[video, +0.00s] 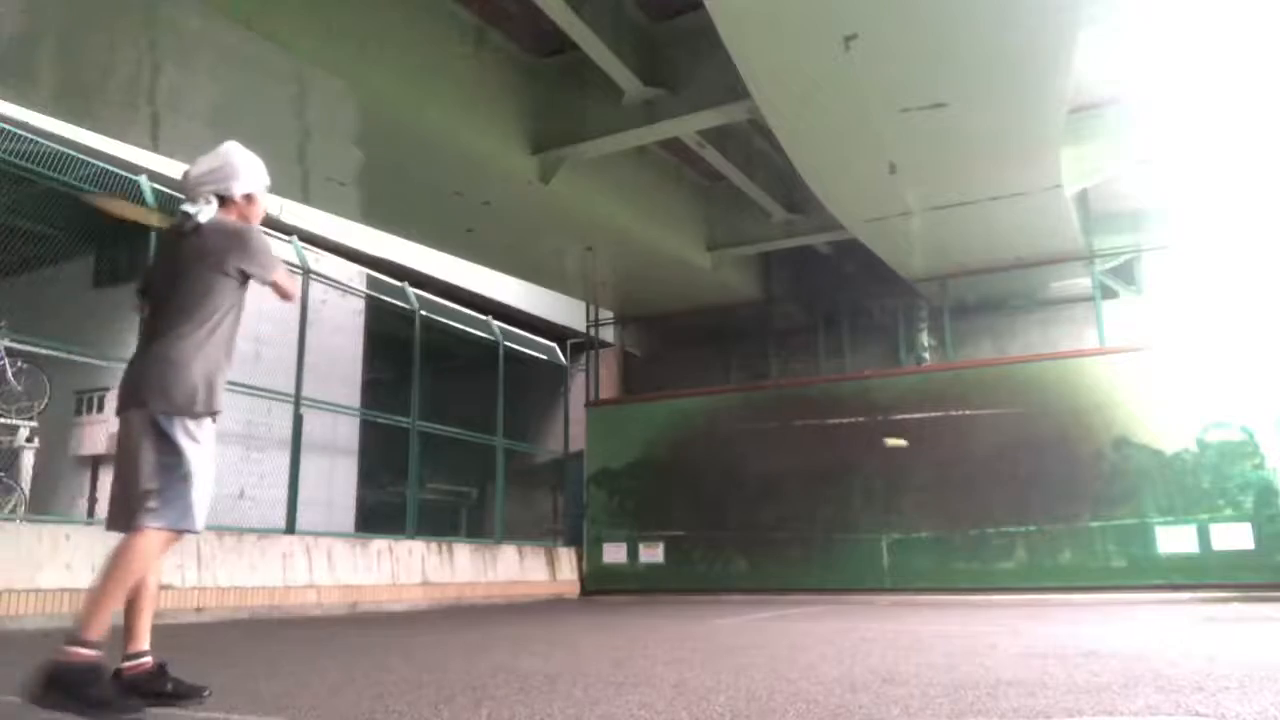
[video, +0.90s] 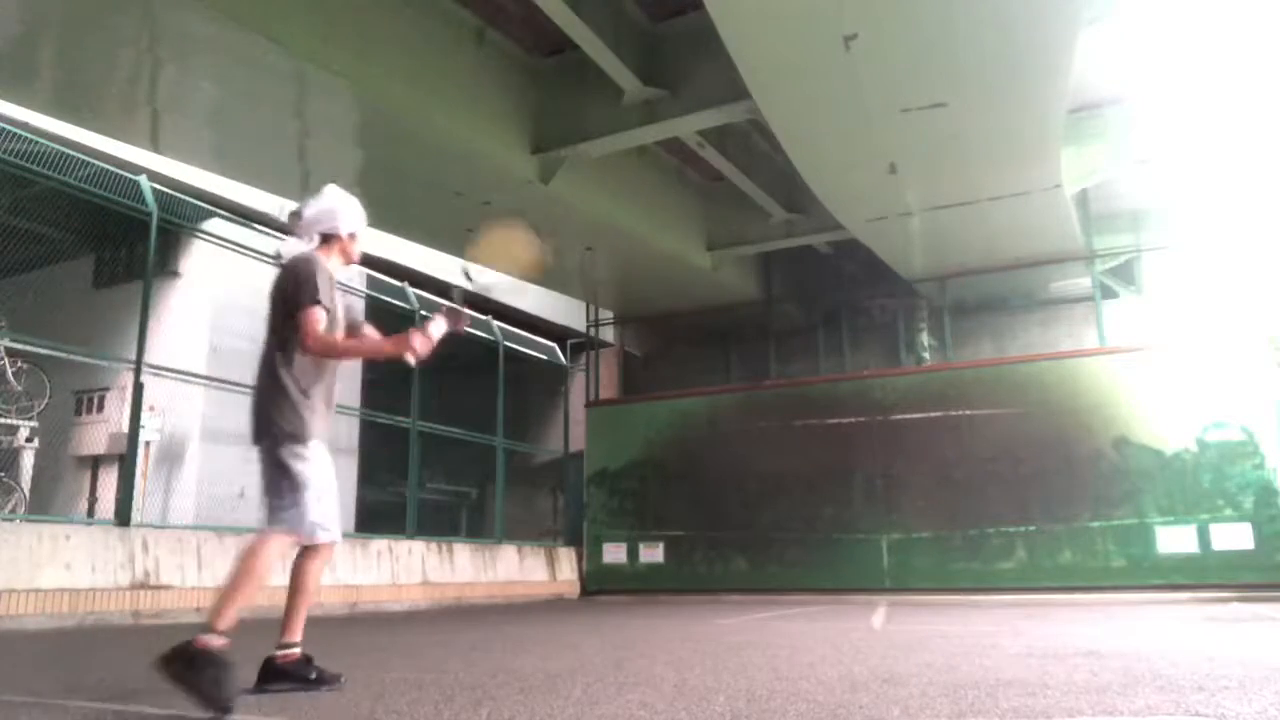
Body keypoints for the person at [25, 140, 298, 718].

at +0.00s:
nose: (263, 210)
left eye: (262, 199)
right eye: (259, 199)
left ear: (210, 198)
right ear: (234, 199)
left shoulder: (174, 241)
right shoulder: (234, 238)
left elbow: (149, 303)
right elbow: (289, 289)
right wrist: (264, 255)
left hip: (144, 391)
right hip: (180, 395)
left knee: (152, 526)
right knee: (165, 520)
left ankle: (137, 664)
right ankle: (79, 657)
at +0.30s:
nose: (283, 214)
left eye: (282, 204)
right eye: (281, 204)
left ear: (228, 198)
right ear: (265, 202)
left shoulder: (186, 241)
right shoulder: (274, 244)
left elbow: (129, 306)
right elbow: (295, 321)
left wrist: (178, 298)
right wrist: (250, 302)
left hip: (165, 397)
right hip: (210, 401)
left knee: (189, 533)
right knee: (206, 533)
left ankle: (145, 669)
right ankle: (153, 671)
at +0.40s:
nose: (290, 212)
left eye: (290, 203)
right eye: (288, 203)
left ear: (235, 196)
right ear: (272, 201)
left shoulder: (196, 240)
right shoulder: (280, 243)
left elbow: (156, 315)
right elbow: (303, 343)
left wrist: (203, 343)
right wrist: (273, 364)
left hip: (179, 394)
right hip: (224, 400)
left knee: (200, 533)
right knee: (204, 534)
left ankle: (178, 663)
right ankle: (148, 673)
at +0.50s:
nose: (301, 212)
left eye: (302, 202)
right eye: (300, 202)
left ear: (246, 197)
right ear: (282, 199)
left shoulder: (214, 246)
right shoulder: (282, 241)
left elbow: (196, 330)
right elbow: (290, 339)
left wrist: (230, 371)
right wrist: (285, 394)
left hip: (199, 392)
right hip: (235, 397)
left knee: (230, 529)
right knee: (203, 529)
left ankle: (208, 652)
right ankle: (149, 671)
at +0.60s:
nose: (311, 219)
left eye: (311, 209)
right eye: (309, 208)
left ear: (261, 203)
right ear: (292, 205)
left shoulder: (237, 250)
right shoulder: (283, 246)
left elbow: (226, 338)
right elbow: (287, 345)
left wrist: (292, 392)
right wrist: (316, 409)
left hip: (222, 405)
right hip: (242, 411)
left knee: (260, 528)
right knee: (206, 531)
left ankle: (246, 655)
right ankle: (149, 673)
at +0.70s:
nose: (325, 232)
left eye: (324, 221)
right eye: (323, 221)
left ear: (279, 215)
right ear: (305, 217)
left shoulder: (267, 260)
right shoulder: (289, 252)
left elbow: (292, 358)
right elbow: (298, 347)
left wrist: (368, 382)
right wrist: (359, 400)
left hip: (258, 425)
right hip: (250, 424)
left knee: (284, 534)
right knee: (213, 535)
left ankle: (279, 655)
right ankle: (152, 671)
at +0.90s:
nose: (361, 248)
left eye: (360, 238)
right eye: (358, 238)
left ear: (329, 235)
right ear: (340, 235)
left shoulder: (331, 281)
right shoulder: (308, 268)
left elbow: (355, 341)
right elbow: (314, 339)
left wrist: (410, 338)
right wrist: (387, 346)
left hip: (308, 425)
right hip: (286, 423)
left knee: (322, 539)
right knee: (289, 527)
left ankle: (287, 657)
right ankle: (208, 643)